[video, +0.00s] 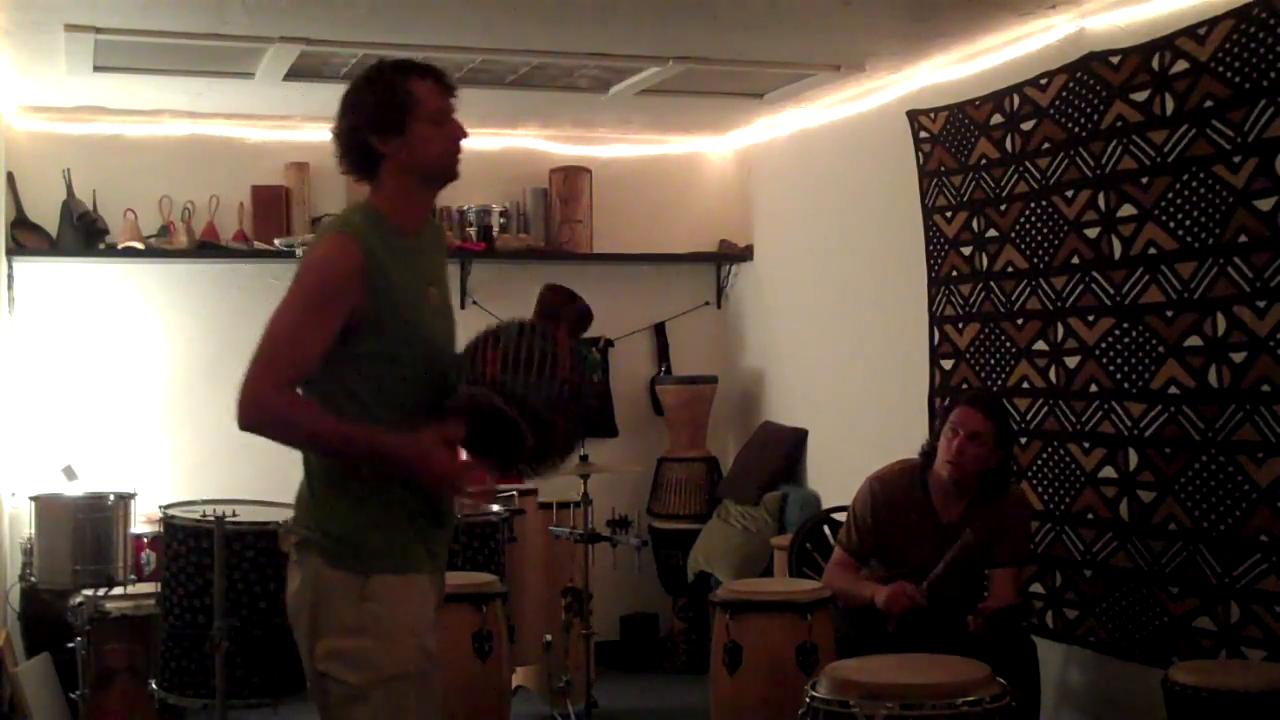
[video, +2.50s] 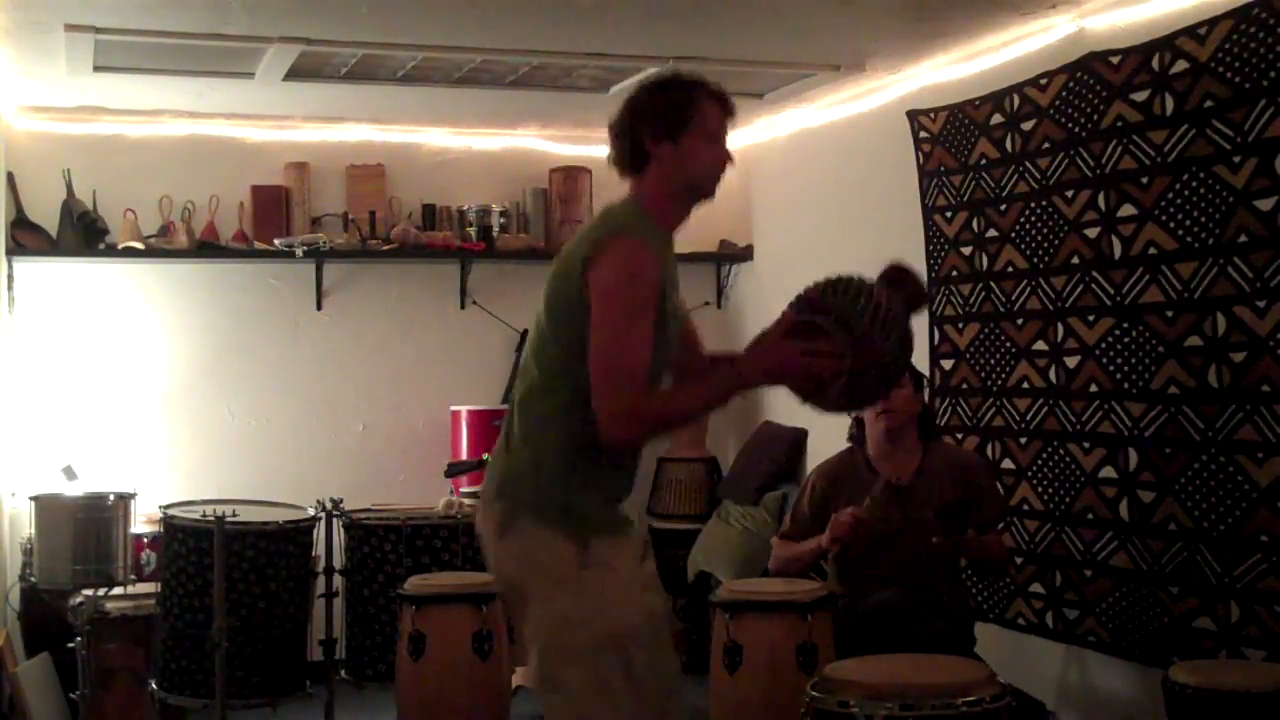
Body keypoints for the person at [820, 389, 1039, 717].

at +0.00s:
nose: (957, 446)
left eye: (973, 440)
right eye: (952, 432)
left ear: (994, 456)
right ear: (939, 434)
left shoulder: (1007, 506)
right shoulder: (885, 489)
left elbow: (1005, 595)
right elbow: (834, 575)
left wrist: (988, 612)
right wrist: (877, 592)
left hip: (959, 626)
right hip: (885, 623)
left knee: (1016, 648)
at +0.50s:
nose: (979, 452)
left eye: (997, 445)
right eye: (974, 436)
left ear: (1016, 459)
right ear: (957, 436)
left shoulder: (1028, 509)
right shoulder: (907, 483)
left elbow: (1018, 602)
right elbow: (814, 531)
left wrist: (981, 626)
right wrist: (875, 570)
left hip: (969, 618)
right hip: (896, 607)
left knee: (1019, 649)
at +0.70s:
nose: (968, 413)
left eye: (985, 405)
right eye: (961, 399)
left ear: (1004, 423)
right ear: (944, 407)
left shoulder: (1018, 496)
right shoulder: (894, 460)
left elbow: (1024, 596)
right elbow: (801, 510)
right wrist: (858, 542)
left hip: (961, 619)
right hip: (879, 609)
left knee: (1018, 670)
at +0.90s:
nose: (934, 395)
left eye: (948, 386)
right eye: (924, 386)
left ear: (973, 408)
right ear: (909, 402)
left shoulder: (997, 488)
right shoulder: (869, 464)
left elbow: (1022, 582)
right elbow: (776, 507)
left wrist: (980, 585)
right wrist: (838, 551)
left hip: (955, 621)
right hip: (874, 616)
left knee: (1005, 677)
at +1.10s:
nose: (896, 373)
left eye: (909, 368)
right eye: (884, 369)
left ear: (929, 392)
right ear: (868, 398)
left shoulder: (968, 465)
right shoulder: (837, 462)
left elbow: (1005, 543)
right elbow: (762, 521)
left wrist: (965, 567)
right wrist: (832, 536)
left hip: (944, 615)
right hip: (863, 616)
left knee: (995, 671)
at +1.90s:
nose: (895, 398)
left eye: (907, 387)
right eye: (884, 390)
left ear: (929, 399)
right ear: (869, 406)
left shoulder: (966, 472)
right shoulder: (841, 471)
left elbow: (1000, 562)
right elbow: (775, 547)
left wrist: (968, 536)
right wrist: (827, 533)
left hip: (940, 635)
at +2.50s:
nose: (883, 398)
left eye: (895, 386)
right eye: (873, 389)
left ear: (919, 400)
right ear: (859, 407)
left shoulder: (962, 469)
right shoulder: (829, 478)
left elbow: (997, 553)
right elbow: (777, 561)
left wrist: (964, 542)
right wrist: (821, 542)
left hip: (943, 636)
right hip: (859, 639)